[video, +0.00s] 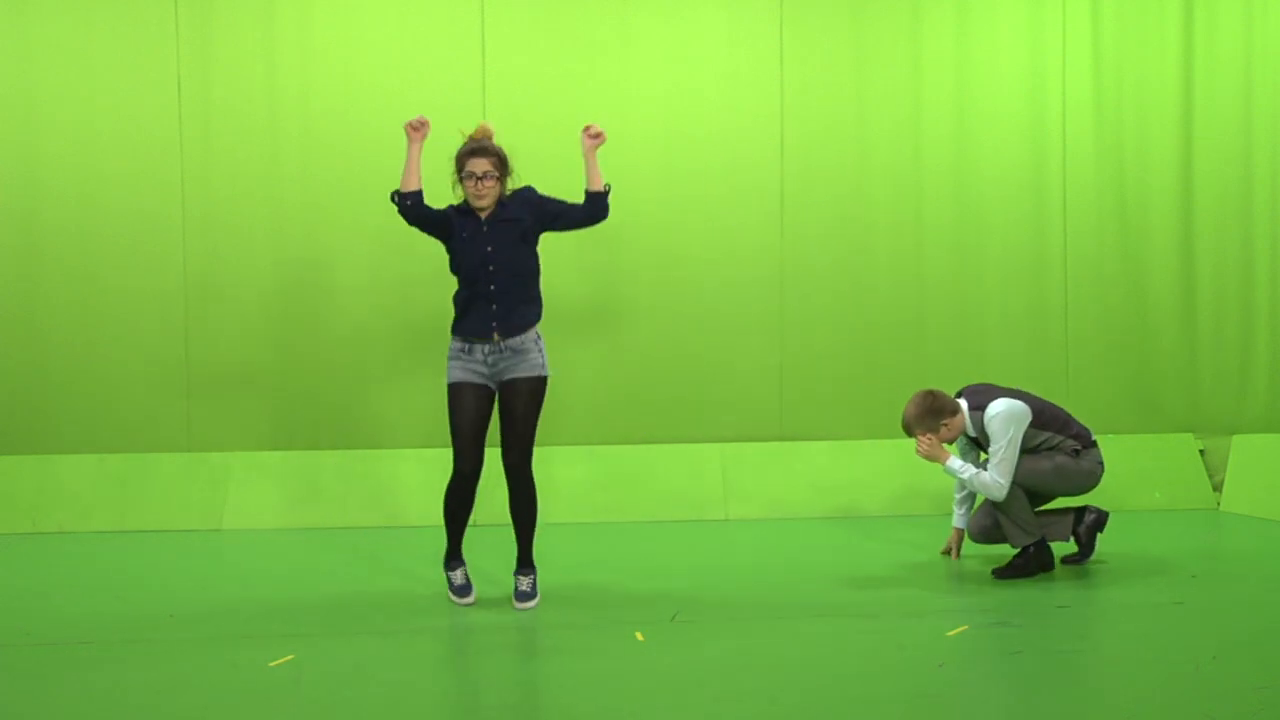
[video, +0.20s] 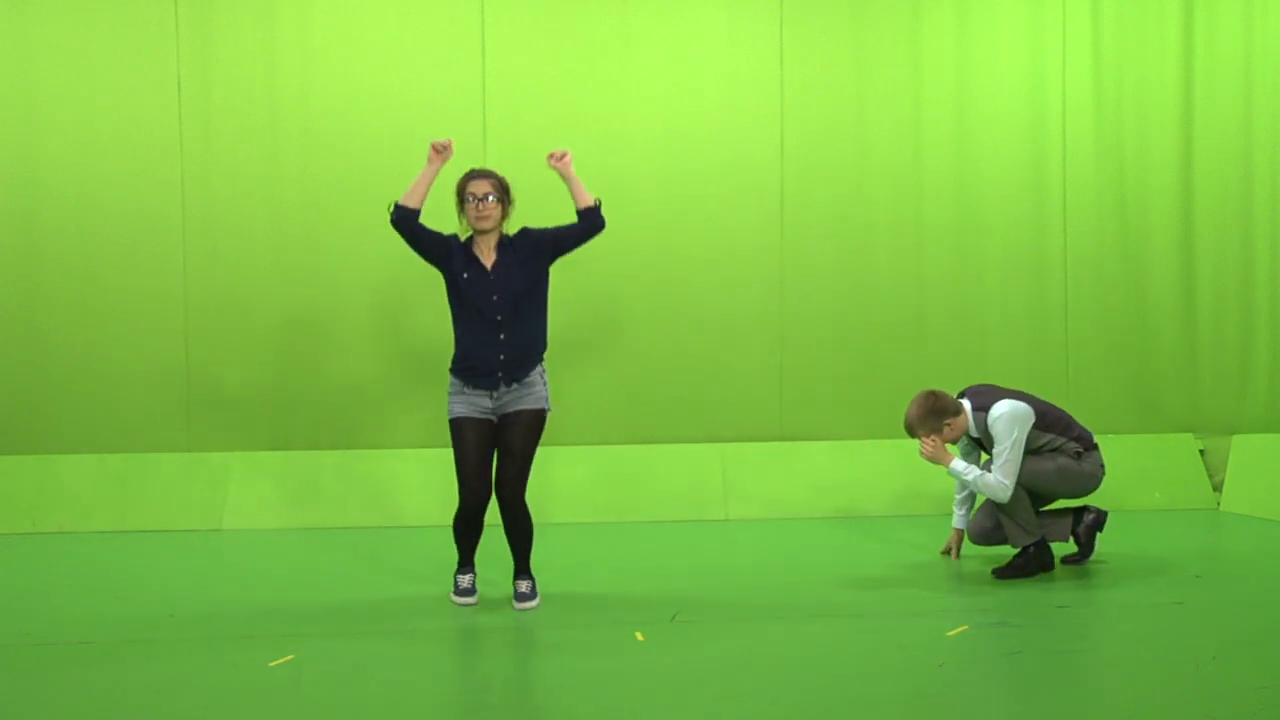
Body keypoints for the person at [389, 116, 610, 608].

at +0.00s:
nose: (480, 184)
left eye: (488, 176)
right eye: (472, 176)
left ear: (502, 178)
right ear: (460, 181)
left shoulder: (527, 209)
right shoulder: (451, 222)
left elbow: (595, 212)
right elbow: (410, 207)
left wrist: (590, 154)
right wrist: (415, 145)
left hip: (522, 352)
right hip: (468, 355)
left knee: (517, 463)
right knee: (467, 466)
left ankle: (525, 566)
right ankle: (453, 560)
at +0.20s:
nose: (481, 205)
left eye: (489, 198)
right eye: (473, 199)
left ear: (506, 206)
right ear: (462, 209)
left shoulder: (533, 247)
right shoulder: (451, 253)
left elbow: (592, 224)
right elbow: (403, 219)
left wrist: (568, 173)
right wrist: (432, 165)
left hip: (525, 388)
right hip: (469, 391)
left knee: (510, 490)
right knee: (474, 493)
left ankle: (523, 574)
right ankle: (465, 568)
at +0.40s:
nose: (484, 157)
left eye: (493, 150)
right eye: (476, 150)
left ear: (508, 156)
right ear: (464, 157)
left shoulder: (528, 188)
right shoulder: (451, 199)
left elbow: (583, 148)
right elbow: (416, 154)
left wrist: (603, 89)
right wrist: (388, 97)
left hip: (522, 336)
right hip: (465, 338)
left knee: (517, 450)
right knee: (471, 451)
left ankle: (526, 553)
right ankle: (462, 551)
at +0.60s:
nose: (485, 195)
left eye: (494, 189)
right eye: (477, 189)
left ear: (508, 198)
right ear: (465, 198)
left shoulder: (529, 237)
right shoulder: (448, 244)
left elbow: (596, 243)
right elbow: (391, 223)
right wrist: (421, 172)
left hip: (523, 375)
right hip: (466, 379)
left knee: (510, 483)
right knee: (477, 488)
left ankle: (525, 567)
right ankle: (466, 567)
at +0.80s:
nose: (484, 187)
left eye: (492, 181)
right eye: (475, 181)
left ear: (505, 191)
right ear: (462, 191)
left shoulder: (529, 235)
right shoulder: (444, 241)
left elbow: (597, 228)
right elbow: (379, 223)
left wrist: (629, 178)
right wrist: (386, 160)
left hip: (521, 374)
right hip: (463, 378)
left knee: (515, 477)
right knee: (471, 485)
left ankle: (527, 567)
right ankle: (465, 568)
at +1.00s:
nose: (479, 159)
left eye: (488, 153)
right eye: (470, 152)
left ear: (499, 162)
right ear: (455, 161)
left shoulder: (520, 197)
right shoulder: (437, 207)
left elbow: (592, 200)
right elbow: (383, 172)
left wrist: (635, 156)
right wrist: (352, 117)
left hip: (515, 340)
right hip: (456, 344)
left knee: (514, 452)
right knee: (466, 458)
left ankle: (532, 551)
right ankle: (458, 561)